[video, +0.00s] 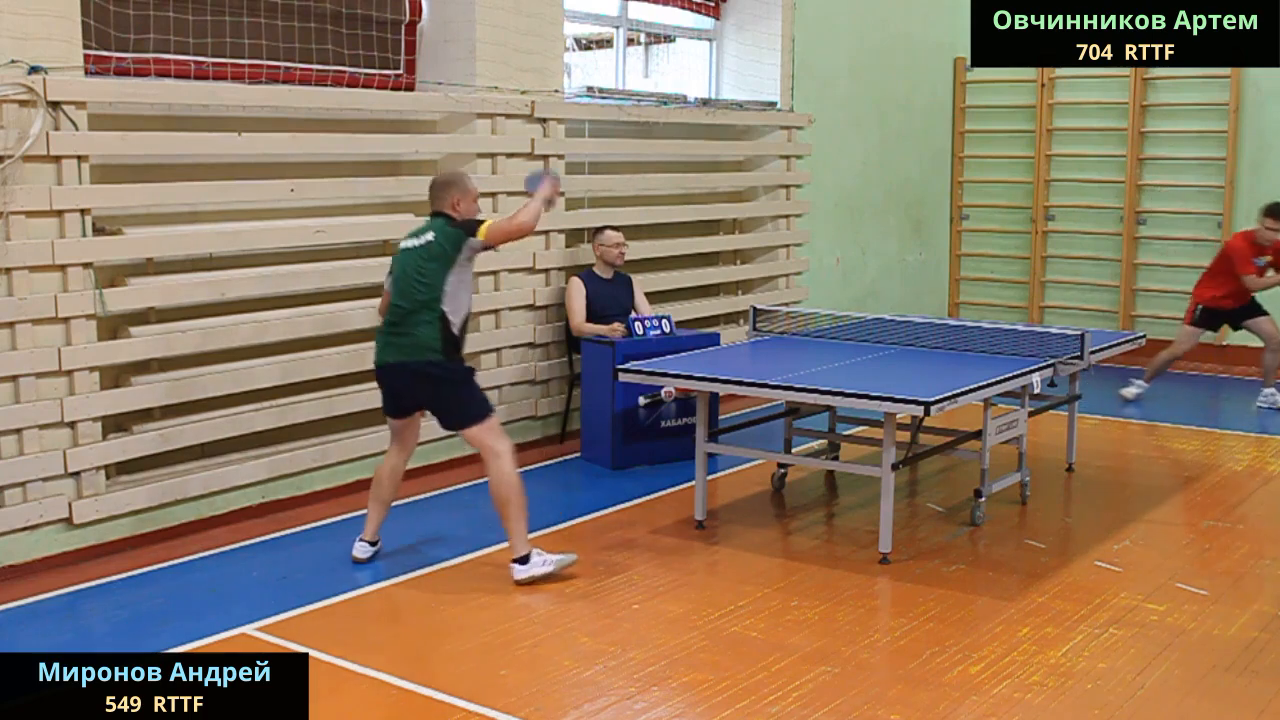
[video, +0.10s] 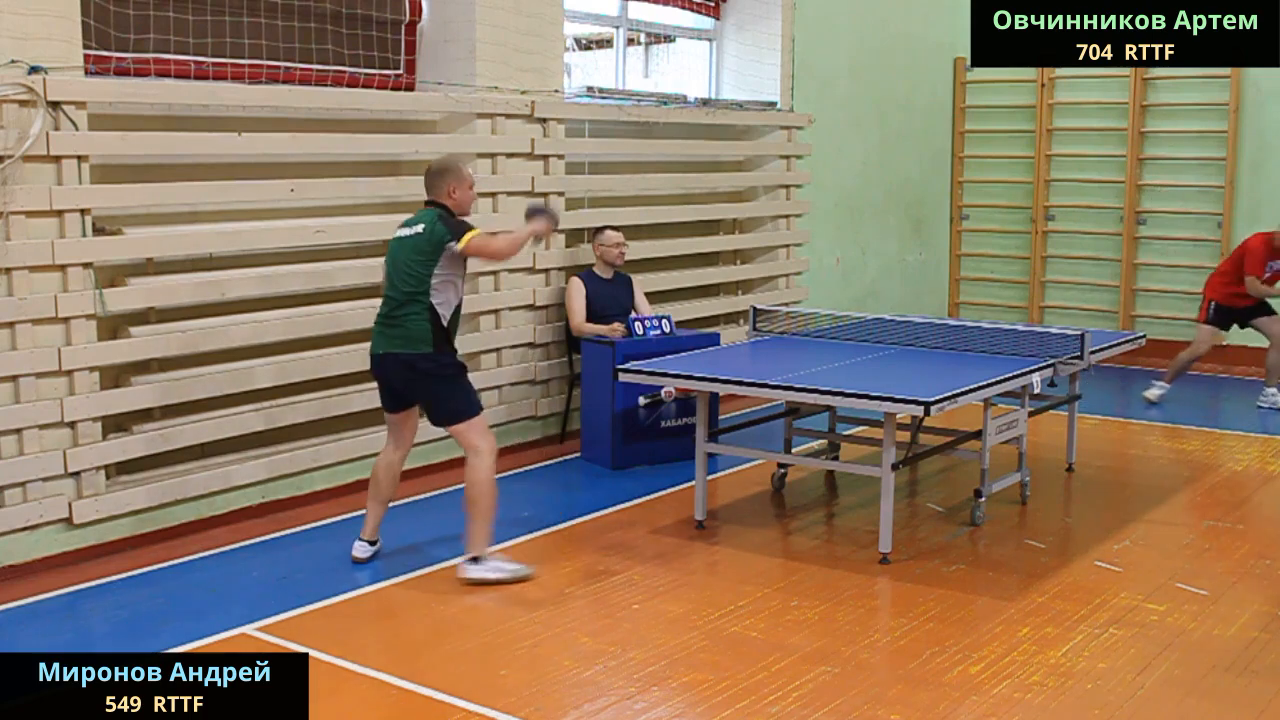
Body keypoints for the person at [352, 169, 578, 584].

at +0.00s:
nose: (479, 207)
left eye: (478, 200)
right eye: (475, 200)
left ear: (439, 206)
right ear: (456, 203)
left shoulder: (409, 241)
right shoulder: (460, 232)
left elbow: (386, 308)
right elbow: (521, 227)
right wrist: (542, 194)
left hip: (391, 364)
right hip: (436, 363)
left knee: (400, 446)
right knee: (497, 448)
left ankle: (366, 541)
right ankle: (523, 555)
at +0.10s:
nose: (474, 195)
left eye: (473, 187)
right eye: (470, 188)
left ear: (435, 192)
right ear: (452, 191)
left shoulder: (405, 228)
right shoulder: (447, 227)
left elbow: (393, 286)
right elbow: (499, 248)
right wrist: (534, 229)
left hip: (386, 354)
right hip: (428, 355)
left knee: (396, 442)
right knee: (481, 446)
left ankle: (366, 539)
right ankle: (477, 555)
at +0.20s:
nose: (473, 186)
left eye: (471, 178)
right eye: (469, 179)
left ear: (432, 184)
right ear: (451, 183)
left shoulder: (405, 221)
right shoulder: (447, 223)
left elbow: (415, 286)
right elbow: (459, 282)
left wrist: (487, 279)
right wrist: (514, 273)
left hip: (389, 351)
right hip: (427, 354)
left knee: (397, 441)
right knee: (469, 448)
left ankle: (366, 539)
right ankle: (443, 557)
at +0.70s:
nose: (505, 176)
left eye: (504, 168)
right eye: (503, 169)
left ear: (464, 172)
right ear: (487, 172)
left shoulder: (432, 210)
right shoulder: (479, 222)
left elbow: (412, 281)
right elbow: (494, 292)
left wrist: (462, 293)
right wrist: (526, 288)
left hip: (423, 344)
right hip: (458, 350)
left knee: (435, 431)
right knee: (458, 450)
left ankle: (408, 524)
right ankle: (443, 558)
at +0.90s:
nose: (516, 177)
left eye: (515, 169)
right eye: (514, 170)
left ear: (474, 173)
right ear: (499, 173)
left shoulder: (437, 212)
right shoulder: (493, 224)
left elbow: (417, 282)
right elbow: (508, 297)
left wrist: (421, 335)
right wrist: (537, 287)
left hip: (436, 345)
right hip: (469, 351)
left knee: (465, 442)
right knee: (462, 452)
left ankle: (466, 530)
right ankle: (442, 558)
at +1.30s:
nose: (527, 174)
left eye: (526, 167)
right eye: (525, 168)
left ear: (486, 171)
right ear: (510, 171)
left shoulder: (460, 210)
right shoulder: (499, 216)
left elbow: (443, 283)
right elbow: (498, 289)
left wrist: (460, 323)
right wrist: (535, 282)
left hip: (461, 345)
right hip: (496, 344)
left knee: (476, 432)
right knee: (529, 437)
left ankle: (478, 525)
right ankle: (472, 527)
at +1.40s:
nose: (532, 176)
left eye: (531, 169)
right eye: (530, 169)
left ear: (492, 170)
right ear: (515, 171)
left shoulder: (467, 207)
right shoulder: (502, 213)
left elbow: (475, 279)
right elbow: (502, 287)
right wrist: (541, 280)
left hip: (465, 341)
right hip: (500, 342)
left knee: (477, 430)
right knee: (541, 430)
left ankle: (477, 529)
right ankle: (492, 525)